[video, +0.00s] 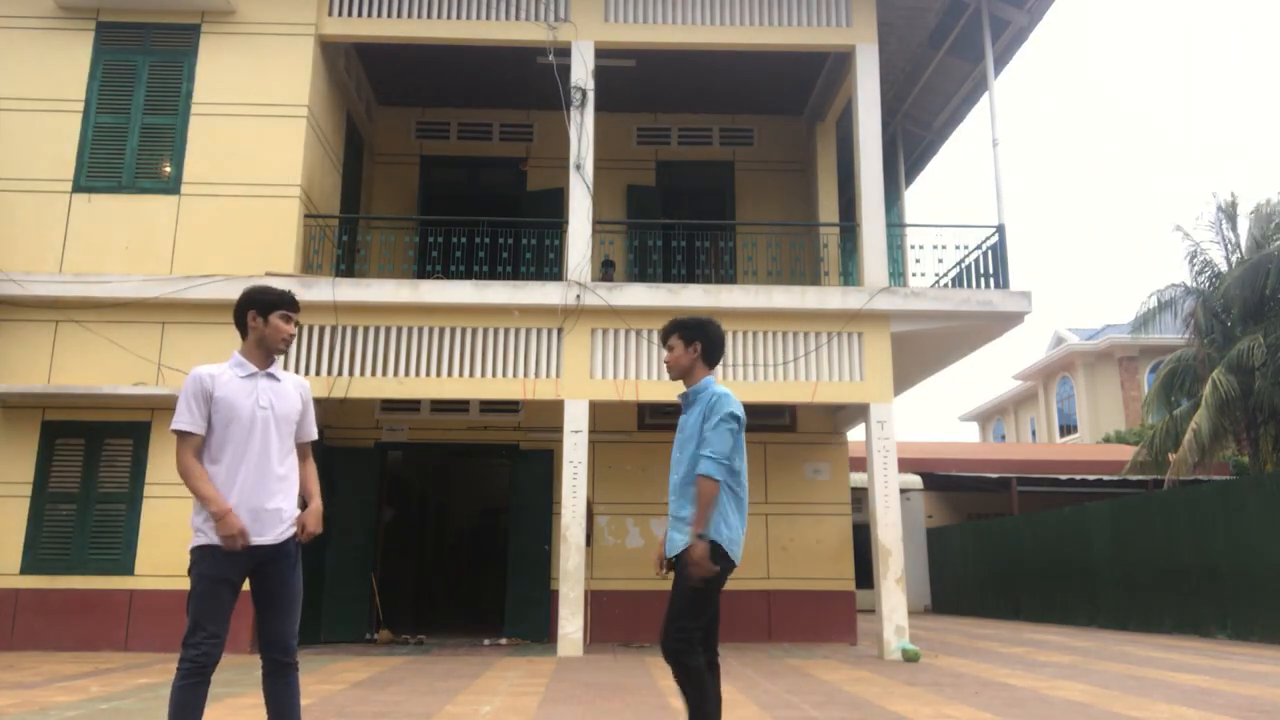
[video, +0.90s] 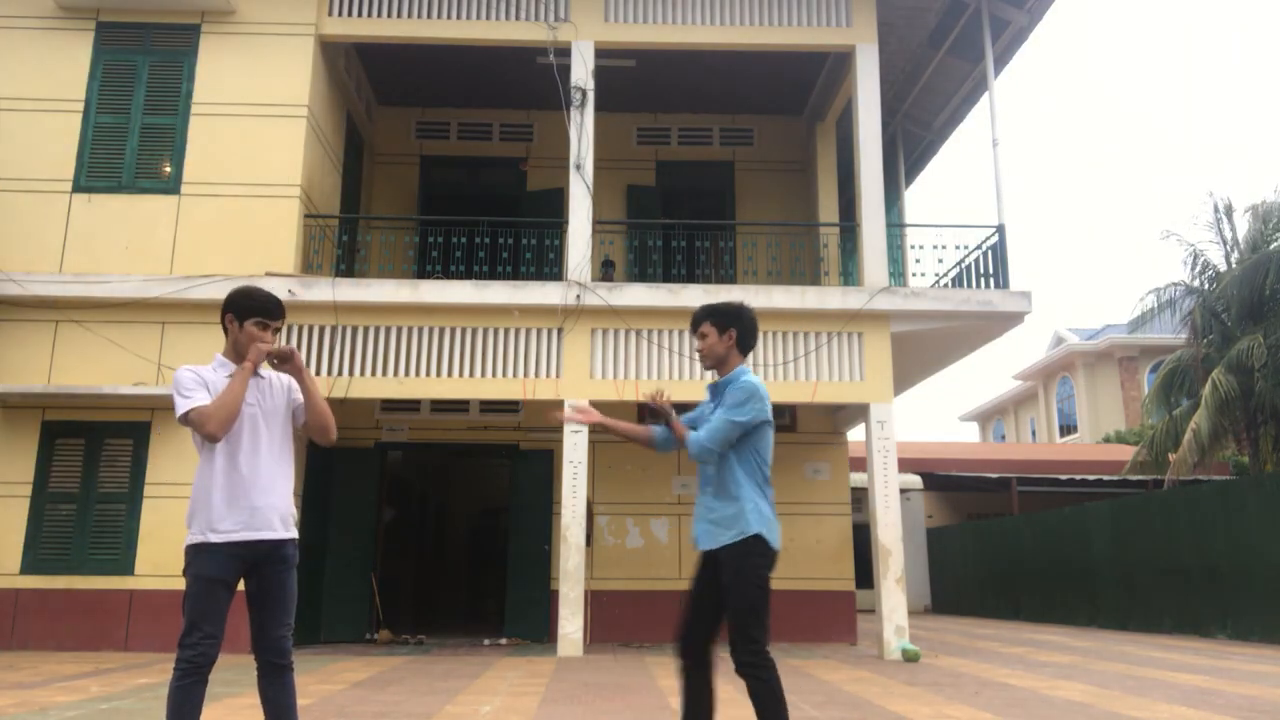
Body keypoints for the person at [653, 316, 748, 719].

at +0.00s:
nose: (665, 356)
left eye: (671, 348)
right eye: (665, 348)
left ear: (696, 350)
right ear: (690, 353)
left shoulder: (720, 402)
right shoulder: (695, 406)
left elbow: (710, 474)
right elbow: (687, 480)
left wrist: (699, 535)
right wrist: (669, 538)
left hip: (709, 542)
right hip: (692, 542)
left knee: (678, 641)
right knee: (701, 647)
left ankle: (705, 713)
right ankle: (707, 714)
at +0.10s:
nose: (666, 357)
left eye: (672, 349)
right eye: (665, 349)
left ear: (698, 351)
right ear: (688, 353)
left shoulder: (724, 402)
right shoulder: (685, 411)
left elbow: (682, 465)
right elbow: (677, 477)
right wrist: (662, 530)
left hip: (713, 538)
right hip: (688, 541)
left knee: (676, 643)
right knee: (700, 649)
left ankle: (674, 714)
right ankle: (704, 715)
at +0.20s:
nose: (667, 357)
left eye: (673, 349)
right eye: (666, 350)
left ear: (700, 350)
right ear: (692, 353)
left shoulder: (727, 401)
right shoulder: (681, 412)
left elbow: (680, 445)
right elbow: (657, 459)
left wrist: (612, 450)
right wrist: (646, 485)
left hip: (715, 538)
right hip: (688, 540)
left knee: (670, 638)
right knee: (701, 651)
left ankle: (646, 712)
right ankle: (705, 716)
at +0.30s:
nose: (666, 355)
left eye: (673, 346)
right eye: (665, 348)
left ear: (700, 348)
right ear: (687, 352)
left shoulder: (728, 400)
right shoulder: (677, 410)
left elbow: (678, 440)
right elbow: (637, 459)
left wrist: (634, 418)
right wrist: (626, 433)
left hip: (715, 532)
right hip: (688, 536)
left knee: (664, 631)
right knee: (700, 651)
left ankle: (630, 714)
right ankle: (705, 719)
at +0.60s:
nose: (672, 352)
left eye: (679, 343)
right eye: (671, 345)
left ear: (708, 345)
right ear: (681, 349)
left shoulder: (734, 403)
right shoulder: (678, 409)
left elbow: (725, 466)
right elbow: (624, 435)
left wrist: (660, 470)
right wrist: (570, 401)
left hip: (710, 536)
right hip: (680, 538)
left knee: (691, 643)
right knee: (686, 644)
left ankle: (698, 717)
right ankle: (693, 715)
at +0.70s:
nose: (679, 350)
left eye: (686, 341)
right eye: (678, 343)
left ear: (714, 343)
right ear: (693, 347)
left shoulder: (741, 399)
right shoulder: (684, 406)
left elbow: (731, 463)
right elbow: (625, 425)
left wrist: (669, 463)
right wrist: (572, 393)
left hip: (716, 536)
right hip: (682, 539)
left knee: (710, 643)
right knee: (683, 649)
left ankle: (736, 718)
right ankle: (698, 719)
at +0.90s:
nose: (697, 346)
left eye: (703, 337)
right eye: (695, 338)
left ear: (731, 337)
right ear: (719, 341)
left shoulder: (748, 390)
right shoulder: (716, 397)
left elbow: (704, 446)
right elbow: (664, 438)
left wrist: (672, 418)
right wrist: (601, 420)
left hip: (748, 539)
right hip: (720, 541)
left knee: (750, 652)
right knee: (693, 644)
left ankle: (777, 719)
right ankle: (696, 718)